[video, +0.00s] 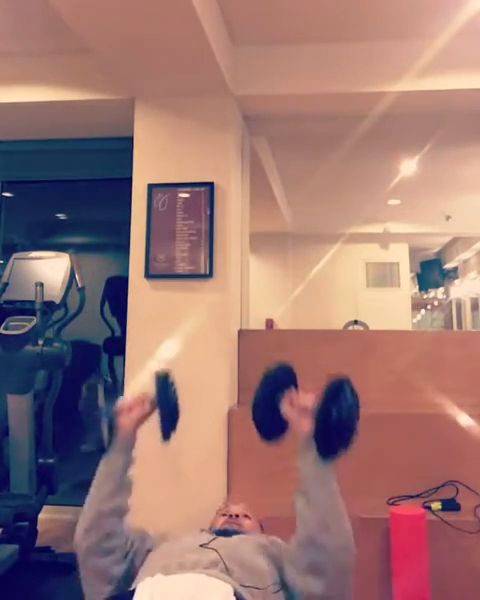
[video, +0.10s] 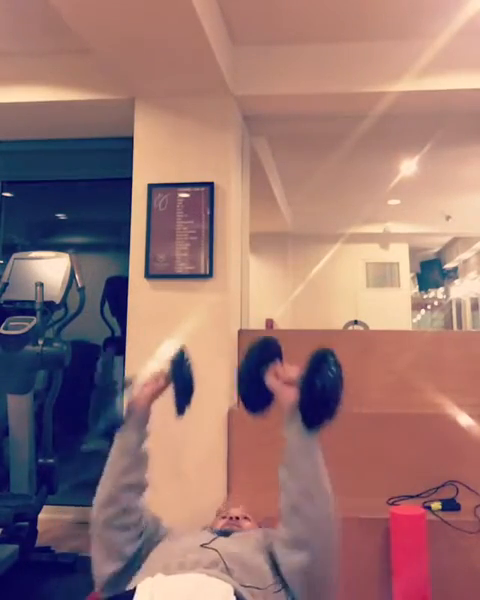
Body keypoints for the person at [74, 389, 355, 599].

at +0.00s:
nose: (233, 515)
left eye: (245, 516)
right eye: (225, 514)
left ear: (263, 535)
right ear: (207, 526)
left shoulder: (277, 552)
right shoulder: (157, 549)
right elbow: (95, 538)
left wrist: (308, 440)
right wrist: (122, 439)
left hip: (229, 589)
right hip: (155, 585)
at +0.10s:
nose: (232, 518)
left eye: (245, 518)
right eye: (224, 516)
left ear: (263, 531)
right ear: (206, 527)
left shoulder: (283, 557)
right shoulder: (150, 549)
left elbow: (309, 512)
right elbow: (113, 506)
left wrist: (294, 411)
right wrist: (137, 413)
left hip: (227, 588)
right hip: (150, 587)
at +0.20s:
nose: (233, 519)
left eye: (246, 520)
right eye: (224, 518)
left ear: (261, 532)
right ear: (208, 527)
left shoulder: (280, 562)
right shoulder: (153, 542)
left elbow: (298, 498)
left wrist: (282, 398)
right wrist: (150, 391)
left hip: (224, 589)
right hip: (150, 587)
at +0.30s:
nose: (233, 520)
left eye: (246, 520)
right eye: (225, 517)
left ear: (261, 531)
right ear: (210, 525)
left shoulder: (279, 562)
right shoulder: (159, 538)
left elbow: (292, 495)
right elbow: (152, 470)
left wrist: (272, 396)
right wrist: (158, 385)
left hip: (224, 589)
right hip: (150, 588)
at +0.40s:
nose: (234, 515)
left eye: (246, 516)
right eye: (225, 514)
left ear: (262, 531)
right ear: (211, 525)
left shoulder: (283, 564)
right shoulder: (157, 541)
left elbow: (299, 500)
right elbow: (137, 483)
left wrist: (283, 404)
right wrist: (143, 396)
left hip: (226, 588)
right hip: (150, 586)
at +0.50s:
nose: (235, 510)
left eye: (248, 512)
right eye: (226, 510)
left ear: (263, 531)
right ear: (208, 525)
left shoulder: (283, 557)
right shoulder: (149, 553)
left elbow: (317, 523)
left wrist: (298, 426)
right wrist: (126, 424)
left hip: (225, 589)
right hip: (152, 588)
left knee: (201, 589)